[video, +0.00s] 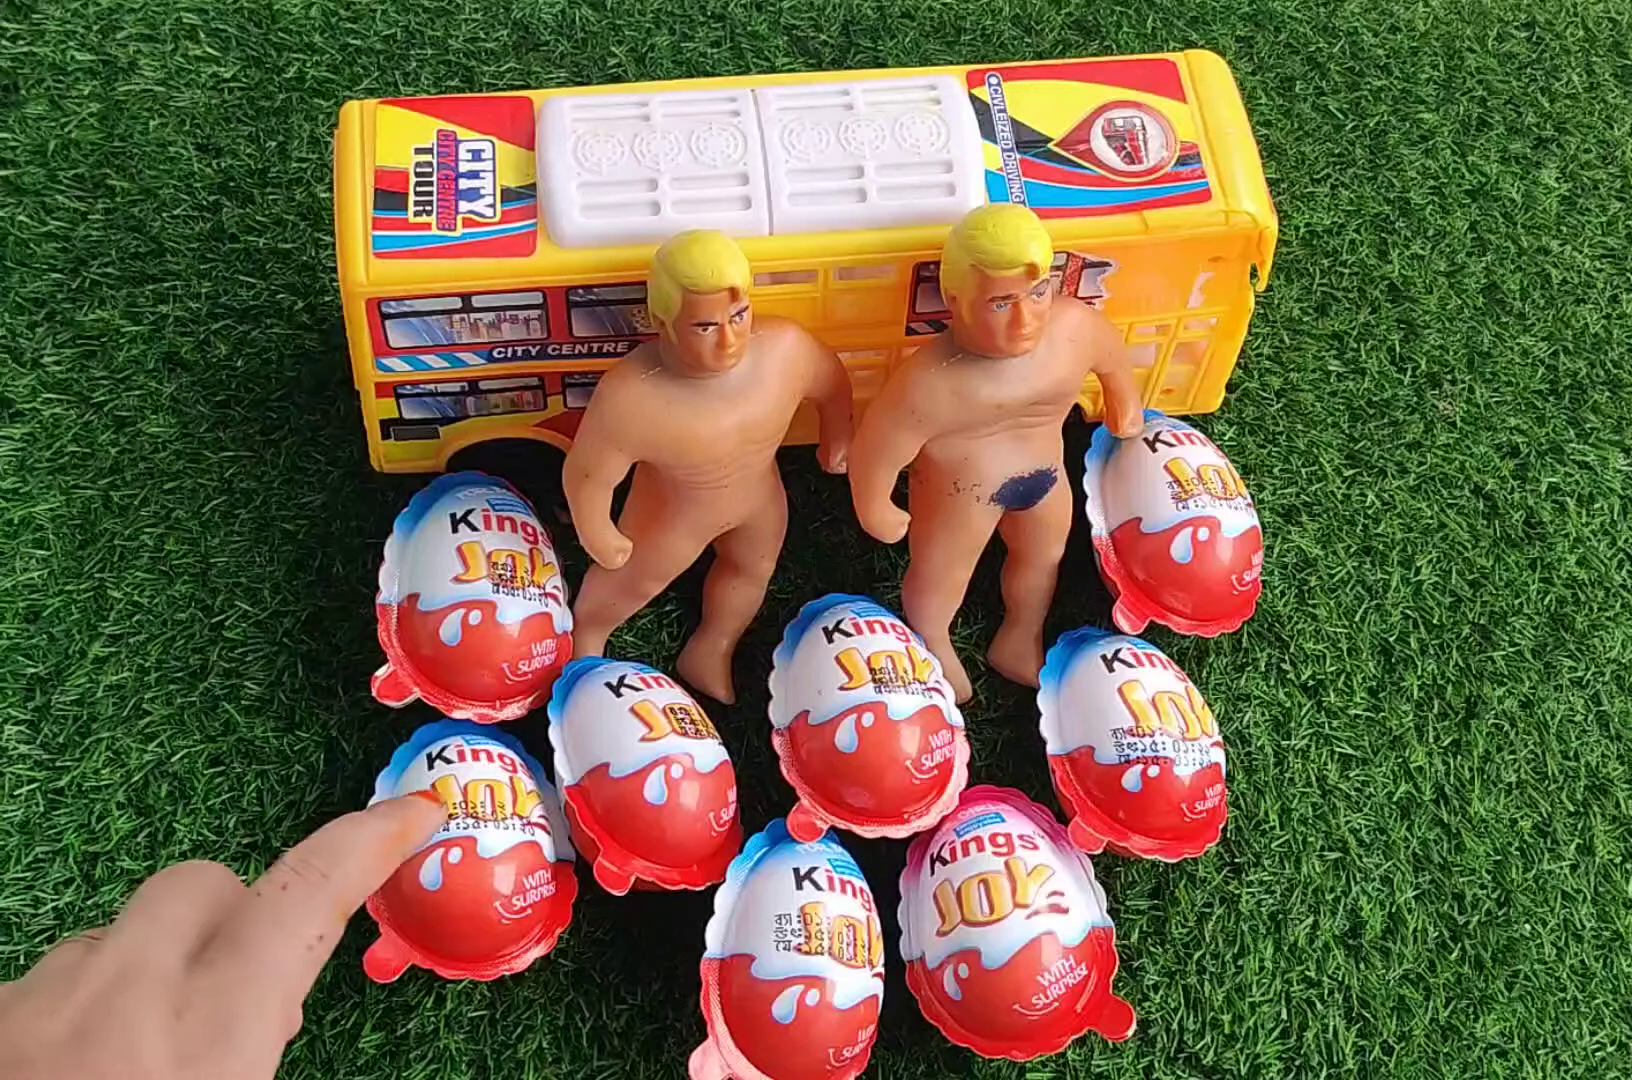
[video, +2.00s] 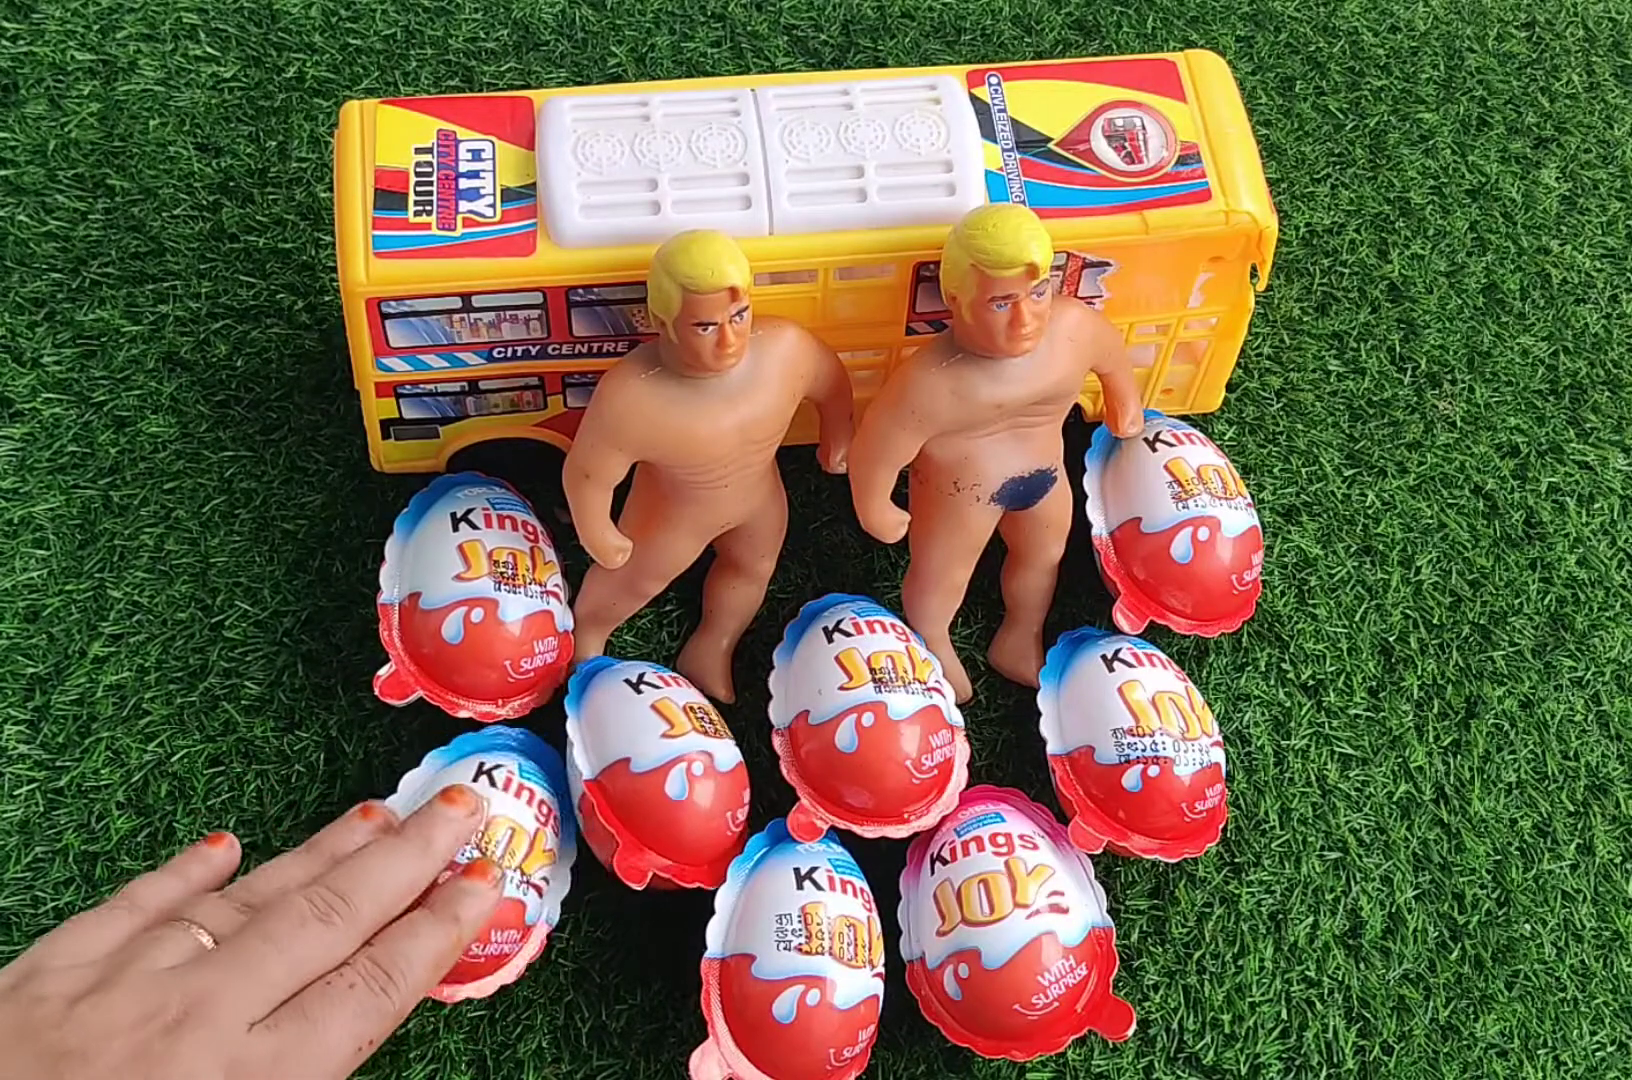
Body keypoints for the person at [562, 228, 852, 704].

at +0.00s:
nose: (728, 339)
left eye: (739, 316)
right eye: (705, 326)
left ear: (750, 302)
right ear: (662, 324)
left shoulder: (789, 350)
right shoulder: (629, 397)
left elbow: (834, 387)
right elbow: (588, 476)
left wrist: (837, 440)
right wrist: (600, 538)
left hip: (759, 496)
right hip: (672, 511)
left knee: (749, 574)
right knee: (630, 585)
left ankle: (711, 651)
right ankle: (589, 631)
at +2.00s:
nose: (728, 339)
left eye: (739, 316)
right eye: (705, 326)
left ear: (751, 301)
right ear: (660, 324)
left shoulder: (789, 350)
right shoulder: (629, 397)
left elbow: (834, 387)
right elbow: (587, 475)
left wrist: (837, 439)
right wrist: (601, 538)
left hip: (759, 496)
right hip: (673, 511)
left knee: (749, 574)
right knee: (632, 584)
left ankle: (712, 649)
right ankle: (590, 629)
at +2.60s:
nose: (728, 339)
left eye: (739, 316)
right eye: (705, 326)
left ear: (751, 301)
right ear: (661, 324)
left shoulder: (789, 349)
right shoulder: (629, 398)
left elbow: (834, 386)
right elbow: (587, 475)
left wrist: (837, 438)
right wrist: (601, 538)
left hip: (759, 496)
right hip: (673, 512)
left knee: (750, 573)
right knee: (631, 586)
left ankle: (711, 650)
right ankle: (590, 630)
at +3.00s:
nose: (728, 339)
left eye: (739, 316)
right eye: (705, 326)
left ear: (751, 301)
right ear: (661, 324)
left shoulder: (789, 349)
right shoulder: (629, 397)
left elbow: (834, 386)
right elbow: (587, 475)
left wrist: (837, 439)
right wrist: (601, 538)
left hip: (759, 497)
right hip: (672, 513)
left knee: (750, 573)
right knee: (631, 585)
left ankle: (712, 650)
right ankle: (589, 629)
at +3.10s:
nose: (728, 339)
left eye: (739, 316)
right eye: (705, 326)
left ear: (751, 301)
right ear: (661, 324)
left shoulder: (789, 349)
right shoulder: (629, 398)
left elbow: (834, 386)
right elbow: (587, 475)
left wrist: (837, 438)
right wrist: (601, 538)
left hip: (759, 496)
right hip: (672, 512)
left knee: (750, 573)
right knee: (631, 585)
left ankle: (711, 650)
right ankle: (589, 630)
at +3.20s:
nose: (728, 339)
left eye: (739, 316)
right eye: (705, 326)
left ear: (751, 301)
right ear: (661, 324)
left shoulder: (789, 349)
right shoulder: (629, 397)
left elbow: (833, 386)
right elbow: (587, 475)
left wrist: (838, 437)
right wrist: (602, 539)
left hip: (759, 497)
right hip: (672, 513)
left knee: (749, 574)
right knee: (631, 585)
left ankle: (712, 650)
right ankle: (590, 629)